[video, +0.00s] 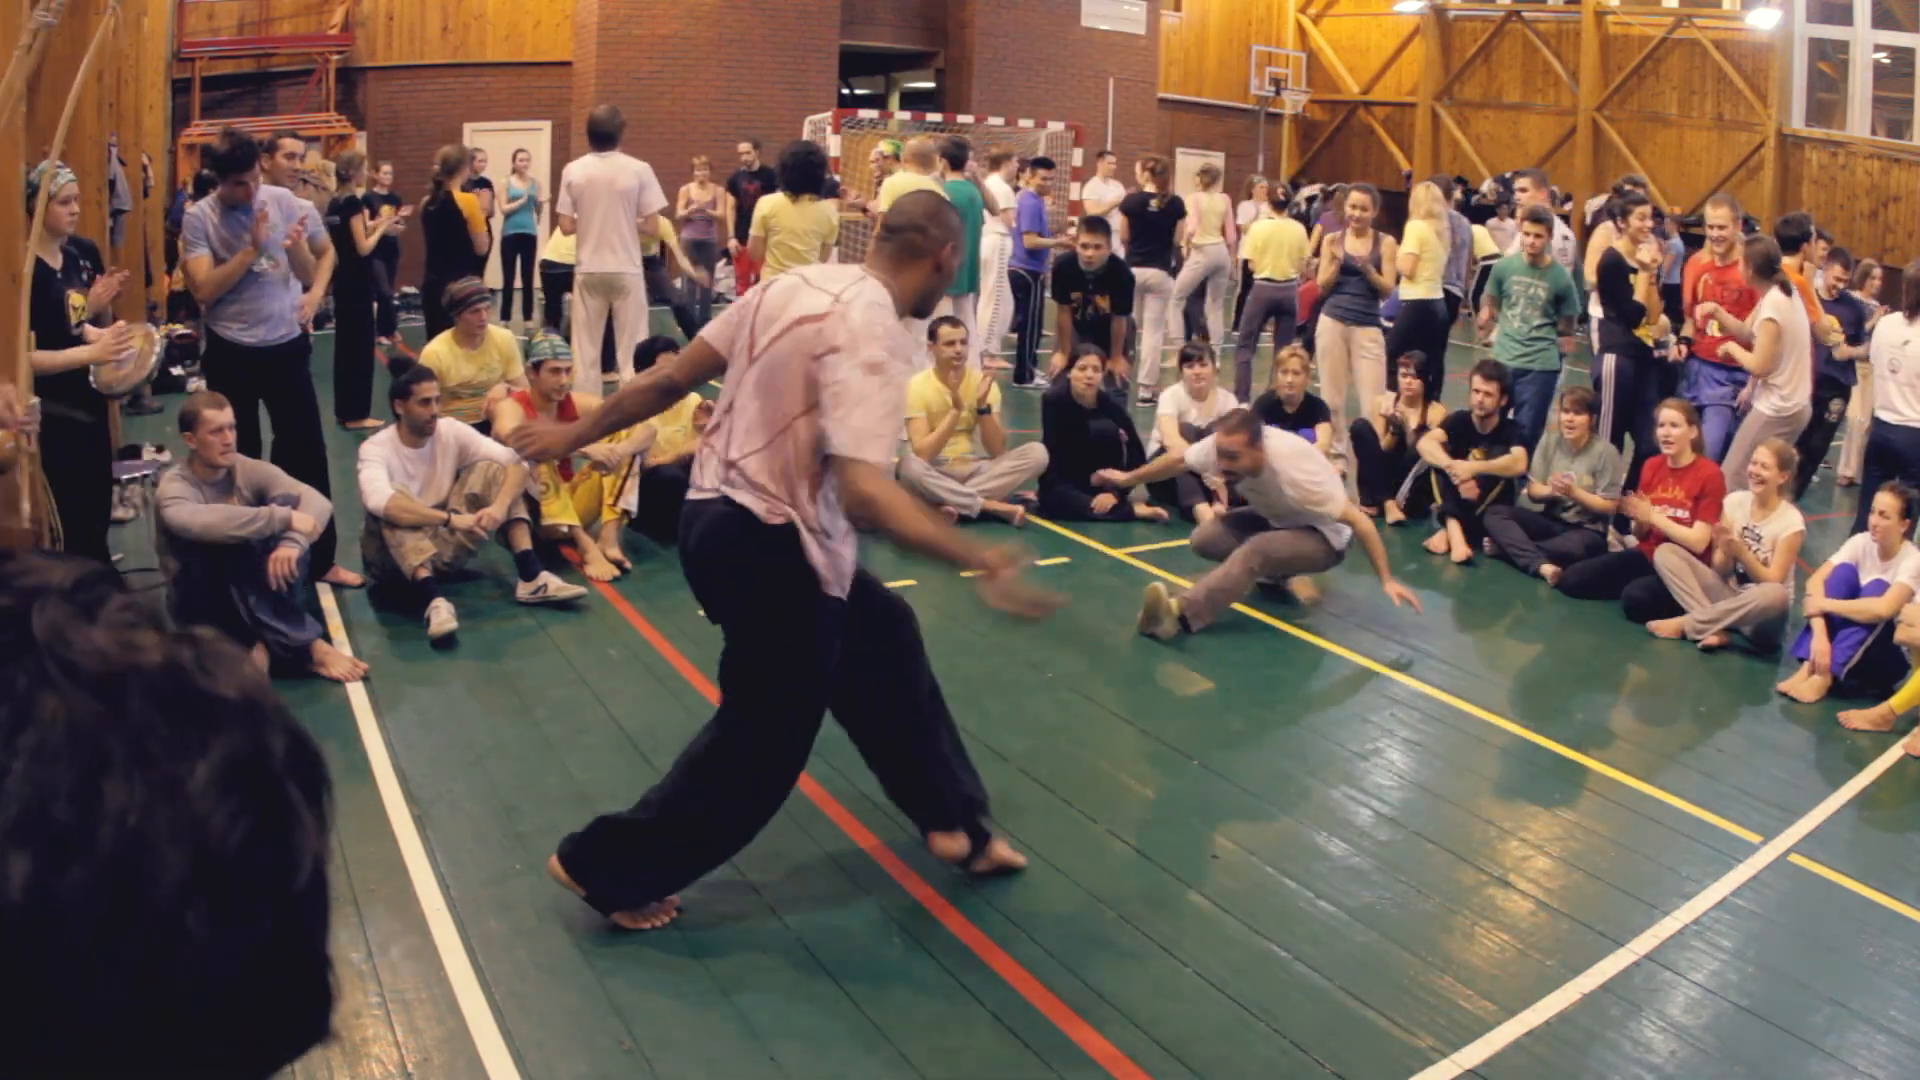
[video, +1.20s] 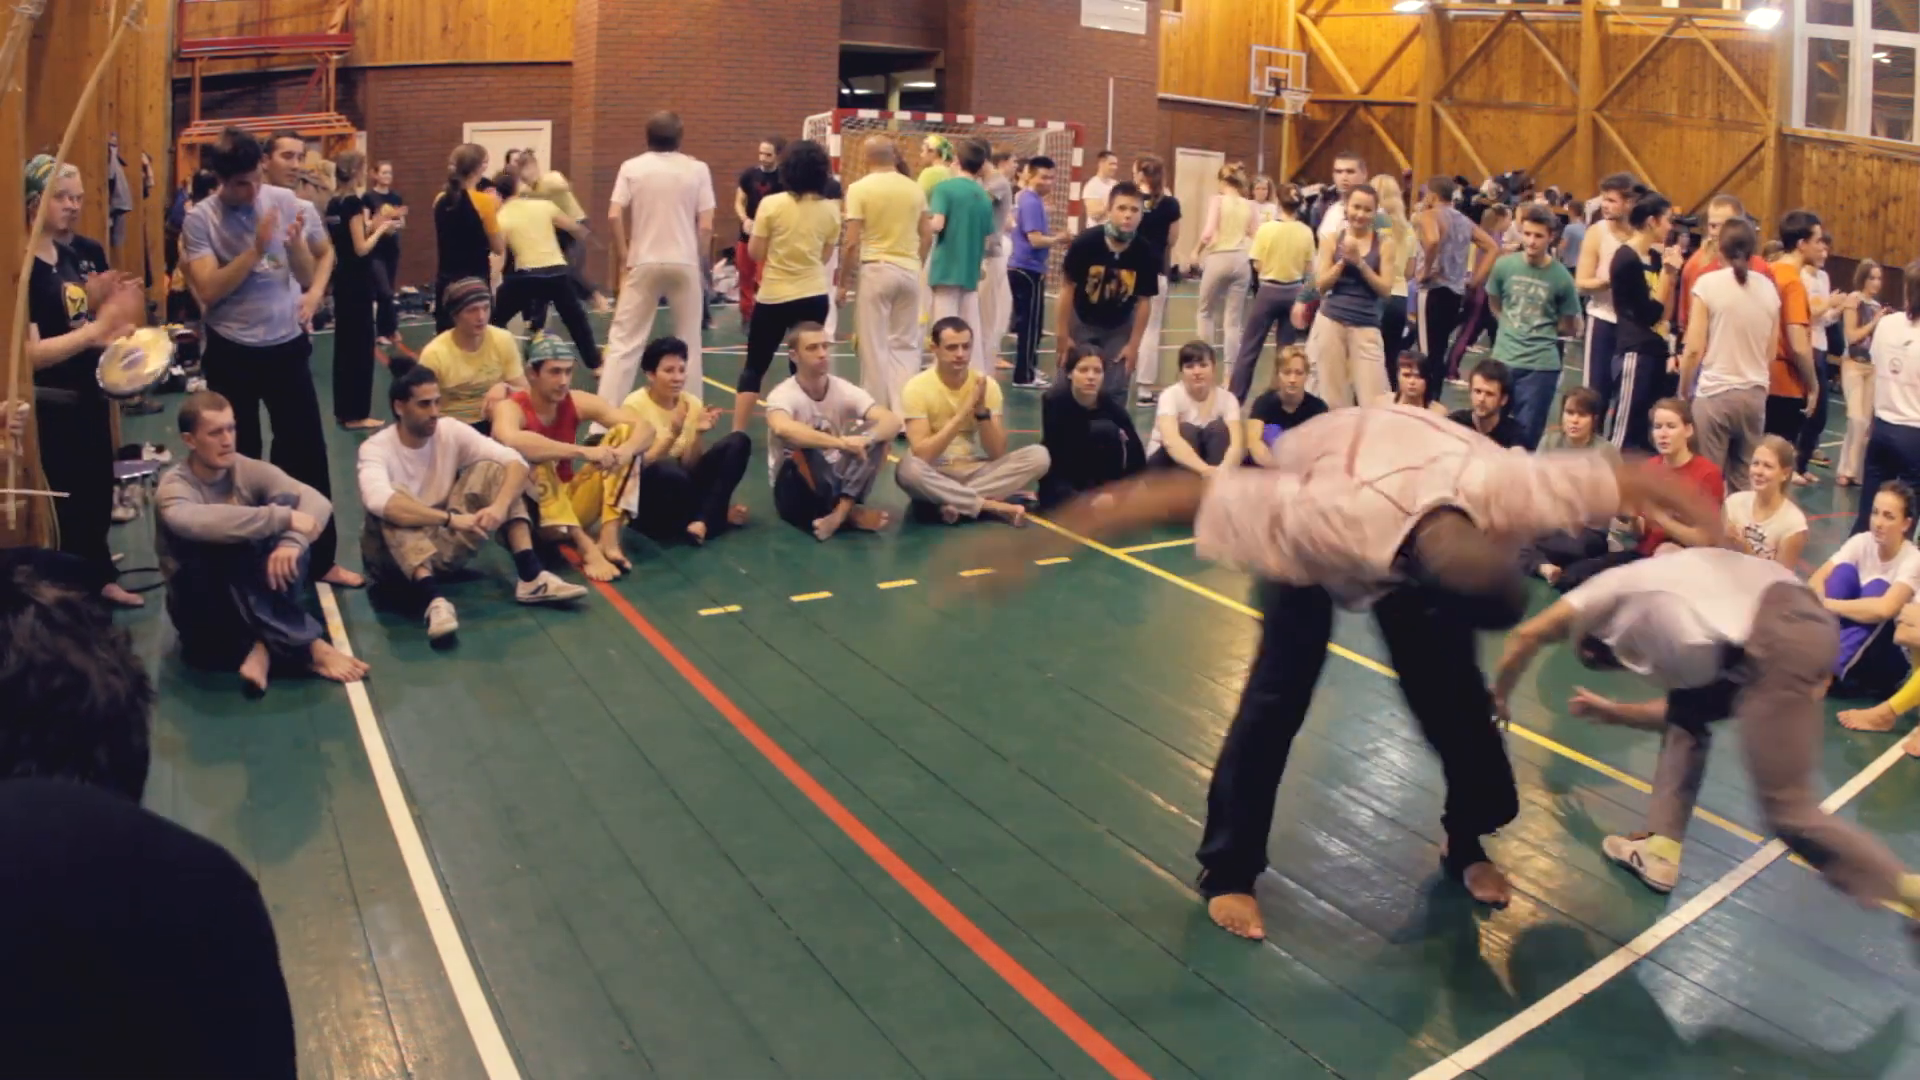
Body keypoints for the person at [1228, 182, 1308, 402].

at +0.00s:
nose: (1267, 205)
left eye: (1267, 202)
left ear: (1269, 204)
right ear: (1289, 204)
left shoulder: (1259, 227)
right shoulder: (1299, 229)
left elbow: (1249, 260)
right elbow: (1304, 259)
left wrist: (1263, 272)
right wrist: (1293, 274)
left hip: (1263, 284)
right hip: (1290, 284)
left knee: (1246, 344)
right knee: (1284, 347)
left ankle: (1242, 397)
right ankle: (1282, 399)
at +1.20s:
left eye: (1278, 202)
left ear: (1278, 203)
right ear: (1299, 205)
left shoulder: (1267, 229)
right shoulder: (1306, 232)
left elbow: (1255, 259)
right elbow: (1309, 263)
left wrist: (1264, 278)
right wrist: (1300, 280)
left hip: (1268, 286)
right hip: (1294, 287)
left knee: (1251, 344)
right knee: (1287, 346)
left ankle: (1236, 396)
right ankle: (1285, 398)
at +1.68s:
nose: (1272, 166)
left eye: (1278, 160)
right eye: (1266, 161)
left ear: (1291, 164)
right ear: (1260, 166)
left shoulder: (1302, 201)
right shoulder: (1258, 198)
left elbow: (1316, 251)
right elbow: (1242, 241)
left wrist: (1306, 296)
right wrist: (1217, 275)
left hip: (1282, 287)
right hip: (1259, 286)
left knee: (1250, 357)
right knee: (1274, 357)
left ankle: (1250, 427)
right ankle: (1275, 425)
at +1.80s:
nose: (1256, 166)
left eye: (1262, 160)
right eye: (1250, 161)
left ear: (1275, 164)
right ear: (1243, 166)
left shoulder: (1286, 201)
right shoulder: (1244, 198)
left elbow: (1302, 252)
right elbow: (1228, 240)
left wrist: (1289, 297)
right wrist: (1200, 271)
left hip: (1266, 288)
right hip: (1244, 286)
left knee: (1233, 356)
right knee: (1263, 357)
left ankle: (1219, 418)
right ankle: (1268, 416)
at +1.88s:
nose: (1243, 166)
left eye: (1249, 161)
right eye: (1238, 161)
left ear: (1263, 164)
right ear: (1232, 166)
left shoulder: (1273, 201)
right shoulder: (1233, 198)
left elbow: (1290, 253)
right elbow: (1218, 245)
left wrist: (1277, 298)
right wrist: (1188, 270)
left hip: (1255, 288)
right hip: (1230, 287)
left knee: (1224, 352)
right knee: (1258, 357)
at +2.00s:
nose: (1223, 164)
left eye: (1230, 159)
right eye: (1219, 159)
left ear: (1244, 162)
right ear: (1215, 164)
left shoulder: (1253, 201)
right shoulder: (1216, 197)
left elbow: (1266, 252)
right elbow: (1204, 242)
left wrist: (1254, 299)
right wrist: (1177, 272)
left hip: (1235, 285)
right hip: (1211, 283)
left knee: (1217, 350)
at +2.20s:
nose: (1190, 161)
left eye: (1197, 155)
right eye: (1186, 156)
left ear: (1213, 159)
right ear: (1183, 159)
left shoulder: (1220, 198)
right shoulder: (1190, 193)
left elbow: (1227, 254)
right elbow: (1180, 243)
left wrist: (1202, 294)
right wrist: (1163, 278)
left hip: (1201, 284)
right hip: (1177, 282)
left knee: (1195, 352)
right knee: (1166, 347)